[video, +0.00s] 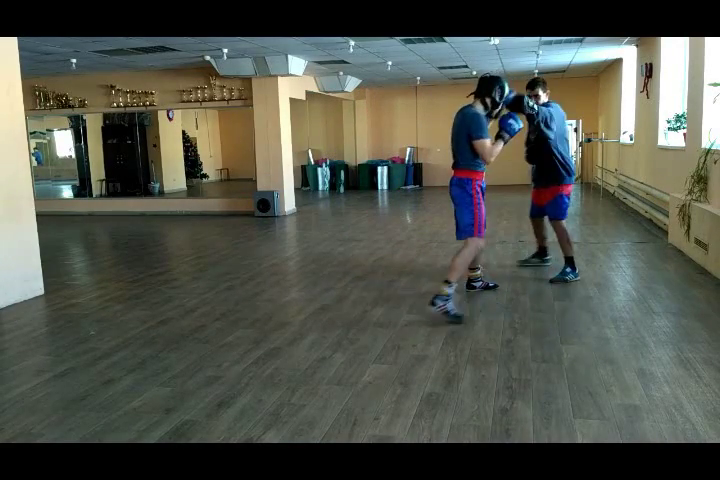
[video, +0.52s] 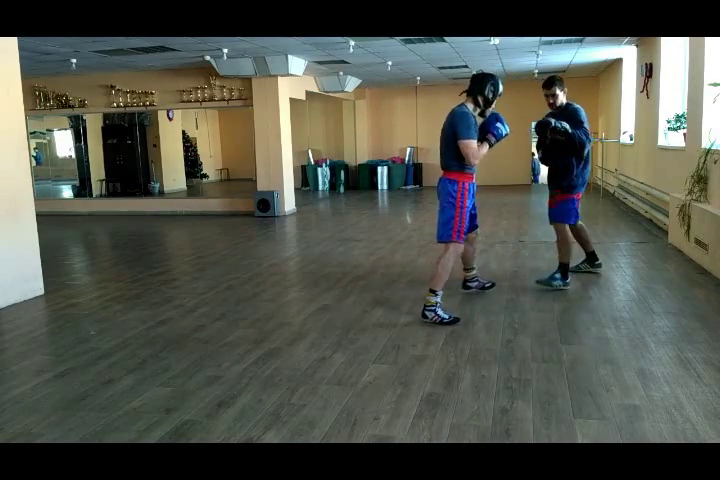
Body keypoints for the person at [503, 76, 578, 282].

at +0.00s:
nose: (533, 100)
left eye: (537, 96)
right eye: (530, 96)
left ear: (546, 94)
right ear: (528, 95)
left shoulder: (554, 110)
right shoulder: (535, 114)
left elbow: (538, 113)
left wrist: (514, 98)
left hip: (559, 174)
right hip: (541, 174)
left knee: (556, 220)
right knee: (536, 216)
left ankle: (570, 266)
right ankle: (542, 253)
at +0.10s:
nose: (537, 98)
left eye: (541, 94)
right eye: (534, 95)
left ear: (551, 92)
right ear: (531, 95)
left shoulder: (559, 107)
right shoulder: (542, 113)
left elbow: (553, 121)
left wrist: (533, 113)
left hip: (564, 174)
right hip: (548, 175)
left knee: (561, 221)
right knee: (544, 217)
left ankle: (572, 267)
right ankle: (564, 251)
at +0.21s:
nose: (538, 97)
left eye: (542, 93)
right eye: (535, 93)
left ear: (552, 90)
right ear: (534, 93)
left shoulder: (562, 107)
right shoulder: (544, 115)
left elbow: (563, 133)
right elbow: (539, 151)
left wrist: (540, 118)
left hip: (566, 175)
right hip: (552, 174)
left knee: (564, 221)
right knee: (550, 217)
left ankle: (572, 267)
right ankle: (580, 249)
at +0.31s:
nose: (544, 101)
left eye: (547, 96)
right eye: (540, 97)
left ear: (557, 93)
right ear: (538, 97)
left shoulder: (569, 110)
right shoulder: (544, 119)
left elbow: (584, 142)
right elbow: (540, 152)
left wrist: (563, 130)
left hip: (573, 176)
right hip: (558, 177)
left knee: (557, 217)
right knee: (573, 220)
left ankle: (572, 265)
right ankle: (592, 259)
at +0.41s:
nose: (547, 102)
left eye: (550, 97)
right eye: (543, 98)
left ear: (560, 94)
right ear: (540, 97)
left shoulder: (572, 111)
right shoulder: (546, 120)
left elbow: (586, 143)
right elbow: (541, 151)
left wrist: (564, 130)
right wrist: (541, 155)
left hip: (574, 175)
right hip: (558, 176)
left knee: (556, 215)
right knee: (572, 220)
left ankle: (572, 264)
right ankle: (592, 259)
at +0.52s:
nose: (550, 100)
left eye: (553, 95)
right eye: (546, 96)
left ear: (564, 93)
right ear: (544, 96)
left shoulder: (574, 111)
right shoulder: (549, 118)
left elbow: (584, 141)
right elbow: (544, 156)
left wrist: (559, 126)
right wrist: (543, 135)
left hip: (570, 177)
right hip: (559, 176)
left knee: (559, 221)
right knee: (572, 220)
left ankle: (563, 274)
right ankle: (592, 258)